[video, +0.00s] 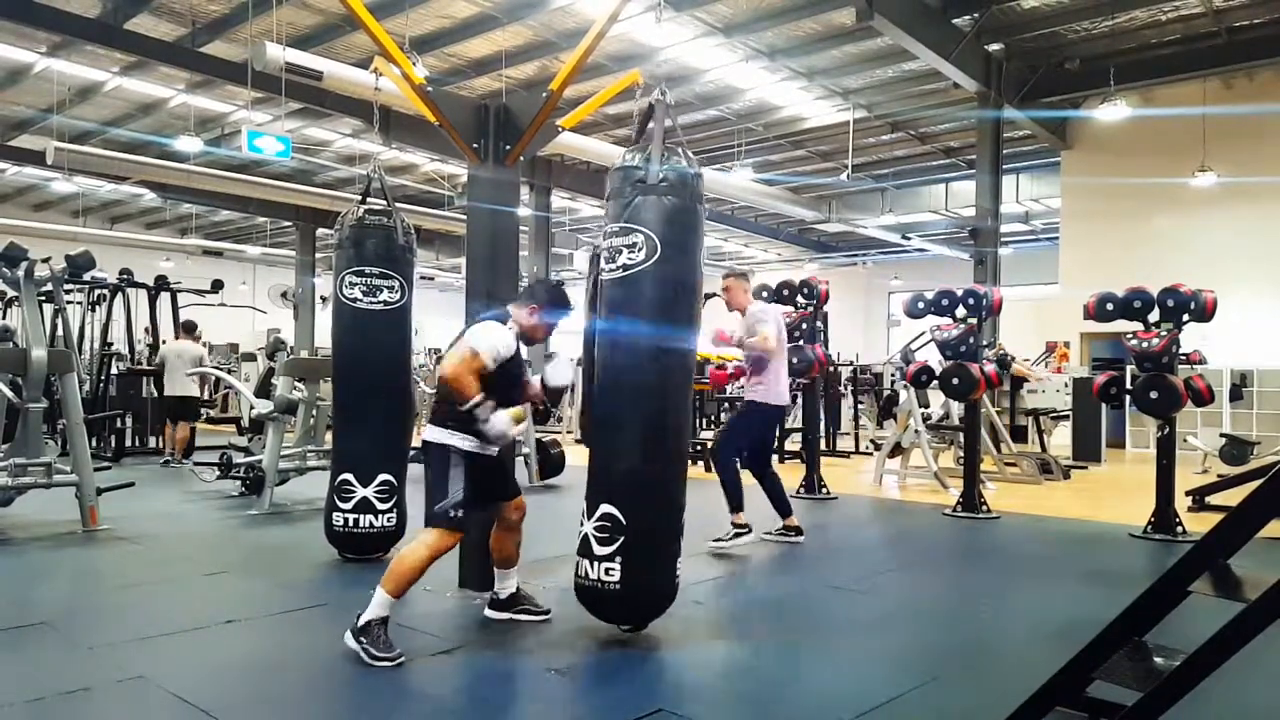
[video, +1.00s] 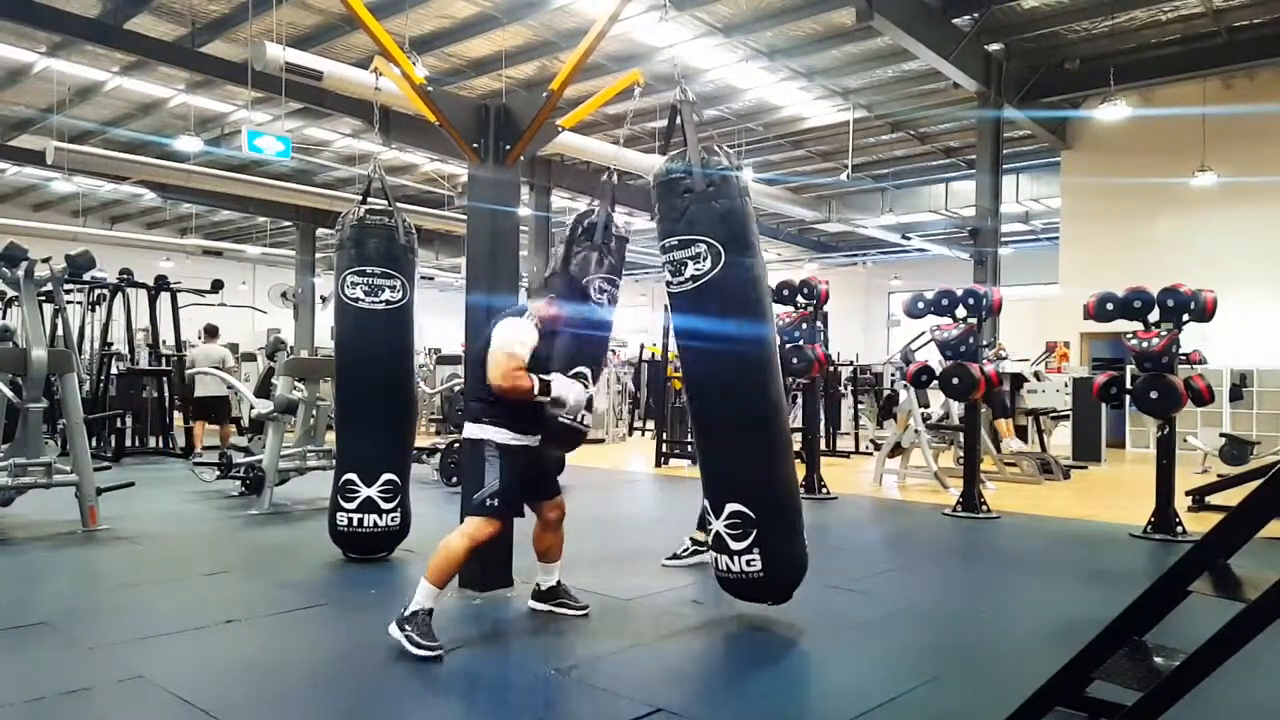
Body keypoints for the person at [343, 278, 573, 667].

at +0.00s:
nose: (550, 334)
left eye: (553, 328)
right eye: (549, 325)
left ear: (531, 313)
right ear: (530, 312)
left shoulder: (514, 342)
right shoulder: (494, 334)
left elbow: (510, 389)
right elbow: (452, 370)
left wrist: (544, 390)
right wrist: (487, 414)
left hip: (486, 447)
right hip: (453, 443)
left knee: (512, 511)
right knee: (445, 533)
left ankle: (505, 597)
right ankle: (369, 623)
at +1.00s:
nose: (561, 317)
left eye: (566, 312)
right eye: (561, 309)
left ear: (560, 311)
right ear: (547, 301)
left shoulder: (544, 337)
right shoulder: (517, 326)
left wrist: (569, 393)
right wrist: (552, 386)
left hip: (527, 443)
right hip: (491, 440)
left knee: (552, 511)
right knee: (482, 526)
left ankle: (547, 588)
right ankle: (415, 614)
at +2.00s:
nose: (461, 309)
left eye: (464, 301)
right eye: (460, 299)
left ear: (439, 290)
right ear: (435, 287)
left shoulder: (424, 327)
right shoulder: (394, 319)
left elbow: (411, 379)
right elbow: (385, 375)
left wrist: (439, 403)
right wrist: (432, 400)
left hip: (416, 449)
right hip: (371, 451)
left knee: (454, 518)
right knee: (351, 544)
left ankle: (474, 598)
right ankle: (299, 632)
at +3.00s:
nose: (504, 312)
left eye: (508, 305)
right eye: (504, 302)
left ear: (490, 291)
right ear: (483, 286)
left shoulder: (480, 324)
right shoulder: (431, 311)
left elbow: (491, 375)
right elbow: (427, 370)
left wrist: (519, 362)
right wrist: (479, 350)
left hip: (463, 440)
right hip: (417, 440)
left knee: (498, 508)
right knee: (404, 531)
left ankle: (470, 591)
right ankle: (367, 625)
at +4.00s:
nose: (599, 323)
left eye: (600, 316)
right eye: (595, 315)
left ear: (580, 309)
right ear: (573, 306)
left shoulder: (580, 338)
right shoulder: (528, 339)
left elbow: (621, 352)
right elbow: (513, 393)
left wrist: (657, 344)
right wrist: (565, 400)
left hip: (556, 447)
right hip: (514, 446)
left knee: (588, 512)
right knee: (500, 528)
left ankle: (574, 588)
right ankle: (442, 611)